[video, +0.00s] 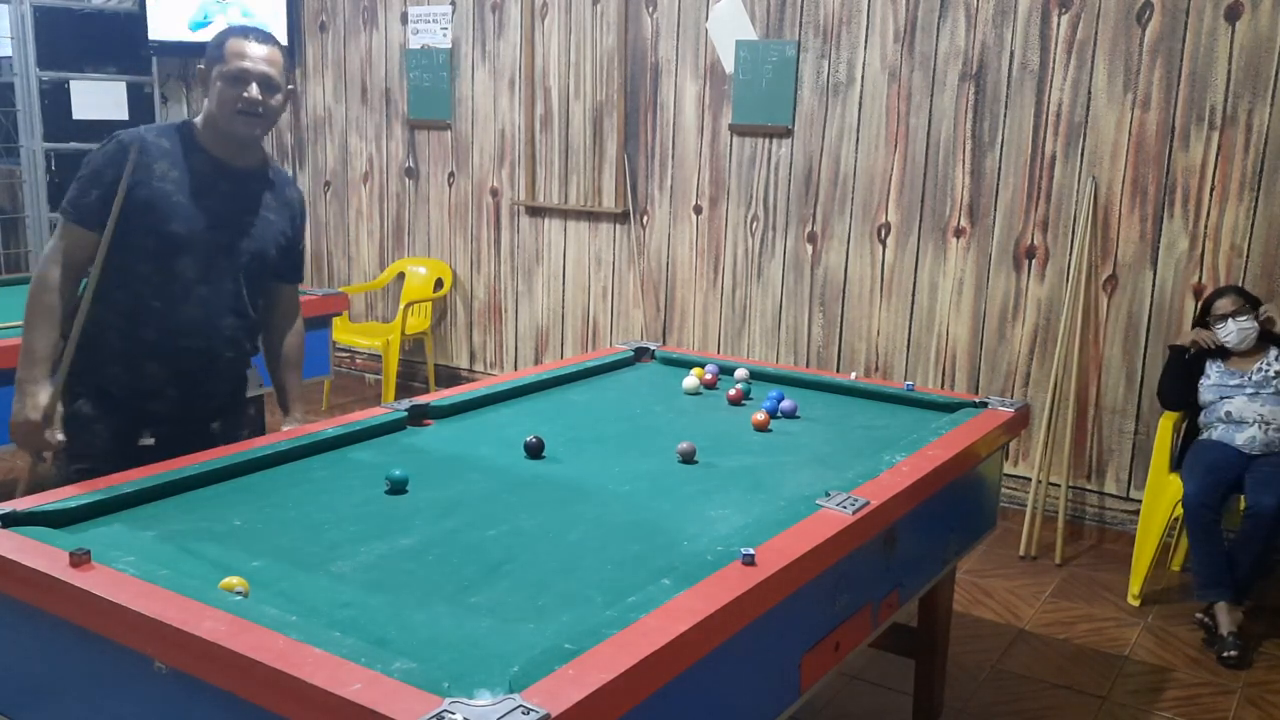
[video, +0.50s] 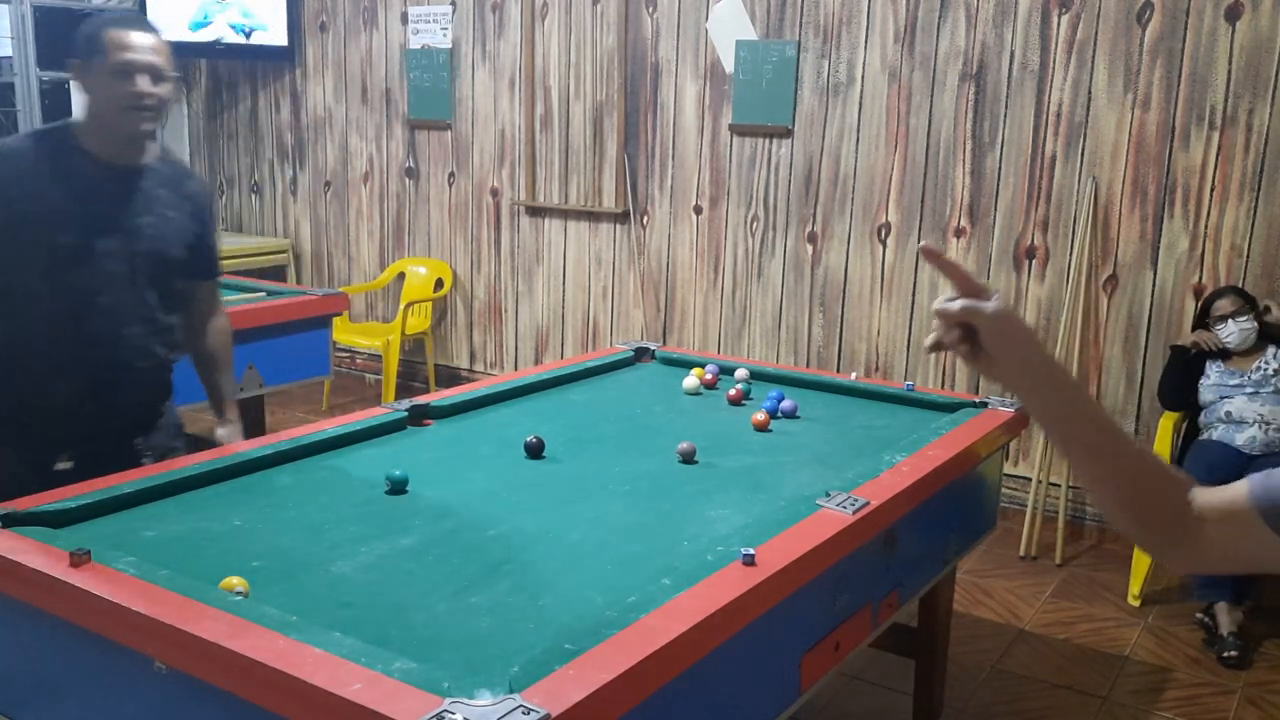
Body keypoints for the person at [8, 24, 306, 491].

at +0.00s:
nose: (253, 94)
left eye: (268, 86)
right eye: (237, 80)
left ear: (284, 103)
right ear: (204, 84)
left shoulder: (284, 198)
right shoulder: (131, 156)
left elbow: (283, 316)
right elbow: (61, 265)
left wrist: (296, 414)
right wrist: (33, 382)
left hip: (215, 414)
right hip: (108, 410)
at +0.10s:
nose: (245, 94)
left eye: (260, 84)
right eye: (228, 78)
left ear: (276, 100)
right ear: (194, 82)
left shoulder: (275, 197)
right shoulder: (123, 155)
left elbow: (275, 317)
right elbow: (50, 264)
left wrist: (287, 415)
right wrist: (19, 383)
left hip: (203, 413)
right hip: (97, 408)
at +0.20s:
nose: (233, 93)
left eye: (247, 82)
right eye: (216, 77)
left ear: (262, 97)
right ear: (176, 82)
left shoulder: (263, 197)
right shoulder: (109, 157)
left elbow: (263, 316)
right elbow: (32, 269)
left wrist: (273, 410)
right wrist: (9, 387)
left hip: (191, 417)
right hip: (83, 411)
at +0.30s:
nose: (212, 92)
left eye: (226, 81)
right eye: (194, 76)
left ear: (241, 94)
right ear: (154, 77)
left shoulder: (244, 195)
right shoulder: (80, 160)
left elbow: (250, 317)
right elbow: (14, 277)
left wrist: (261, 415)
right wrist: (3, 392)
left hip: (178, 425)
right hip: (65, 418)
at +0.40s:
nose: (182, 90)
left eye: (195, 78)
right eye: (164, 74)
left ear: (212, 91)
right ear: (125, 78)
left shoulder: (216, 191)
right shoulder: (51, 162)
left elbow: (231, 317)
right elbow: (5, 271)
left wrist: (247, 417)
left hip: (152, 416)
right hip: (40, 407)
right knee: (26, 552)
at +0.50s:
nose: (143, 89)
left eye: (157, 76)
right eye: (123, 74)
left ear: (174, 88)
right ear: (82, 78)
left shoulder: (184, 191)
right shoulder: (17, 169)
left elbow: (206, 314)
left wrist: (228, 419)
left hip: (142, 434)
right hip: (28, 436)